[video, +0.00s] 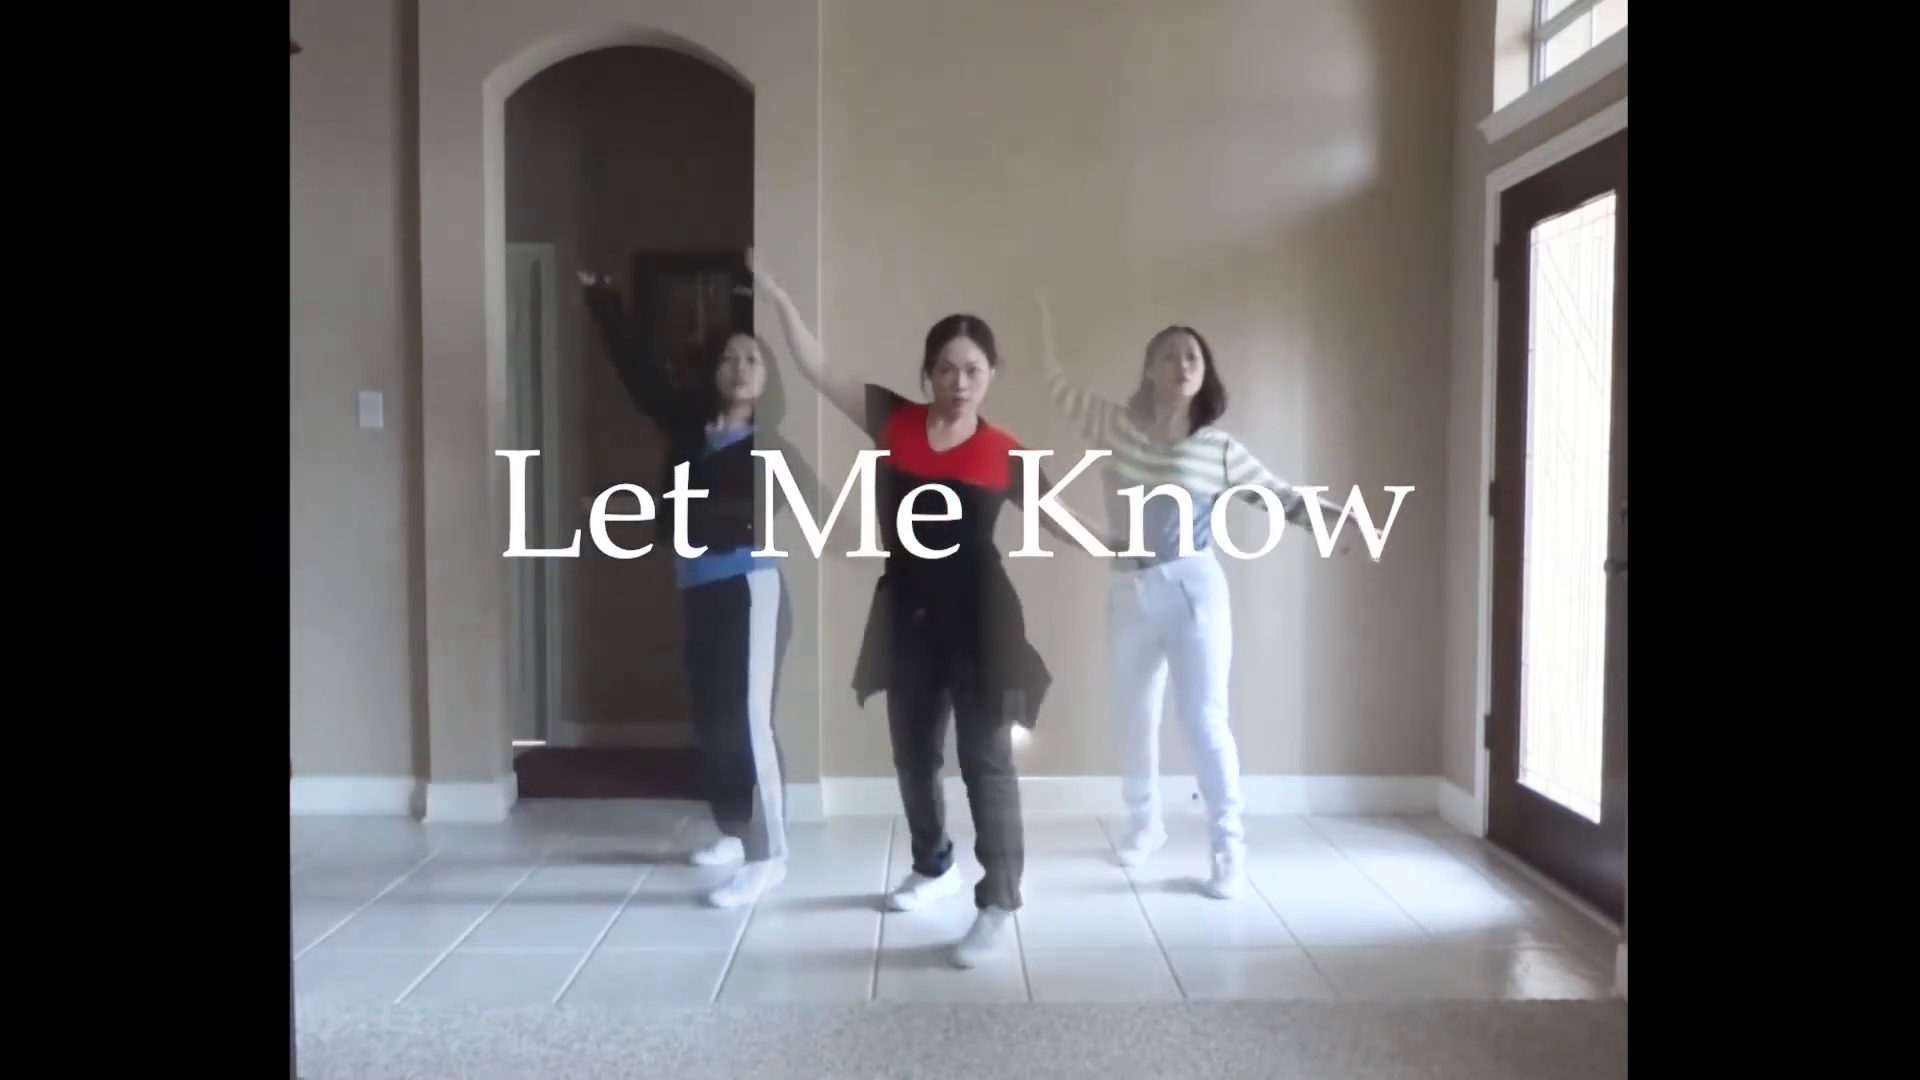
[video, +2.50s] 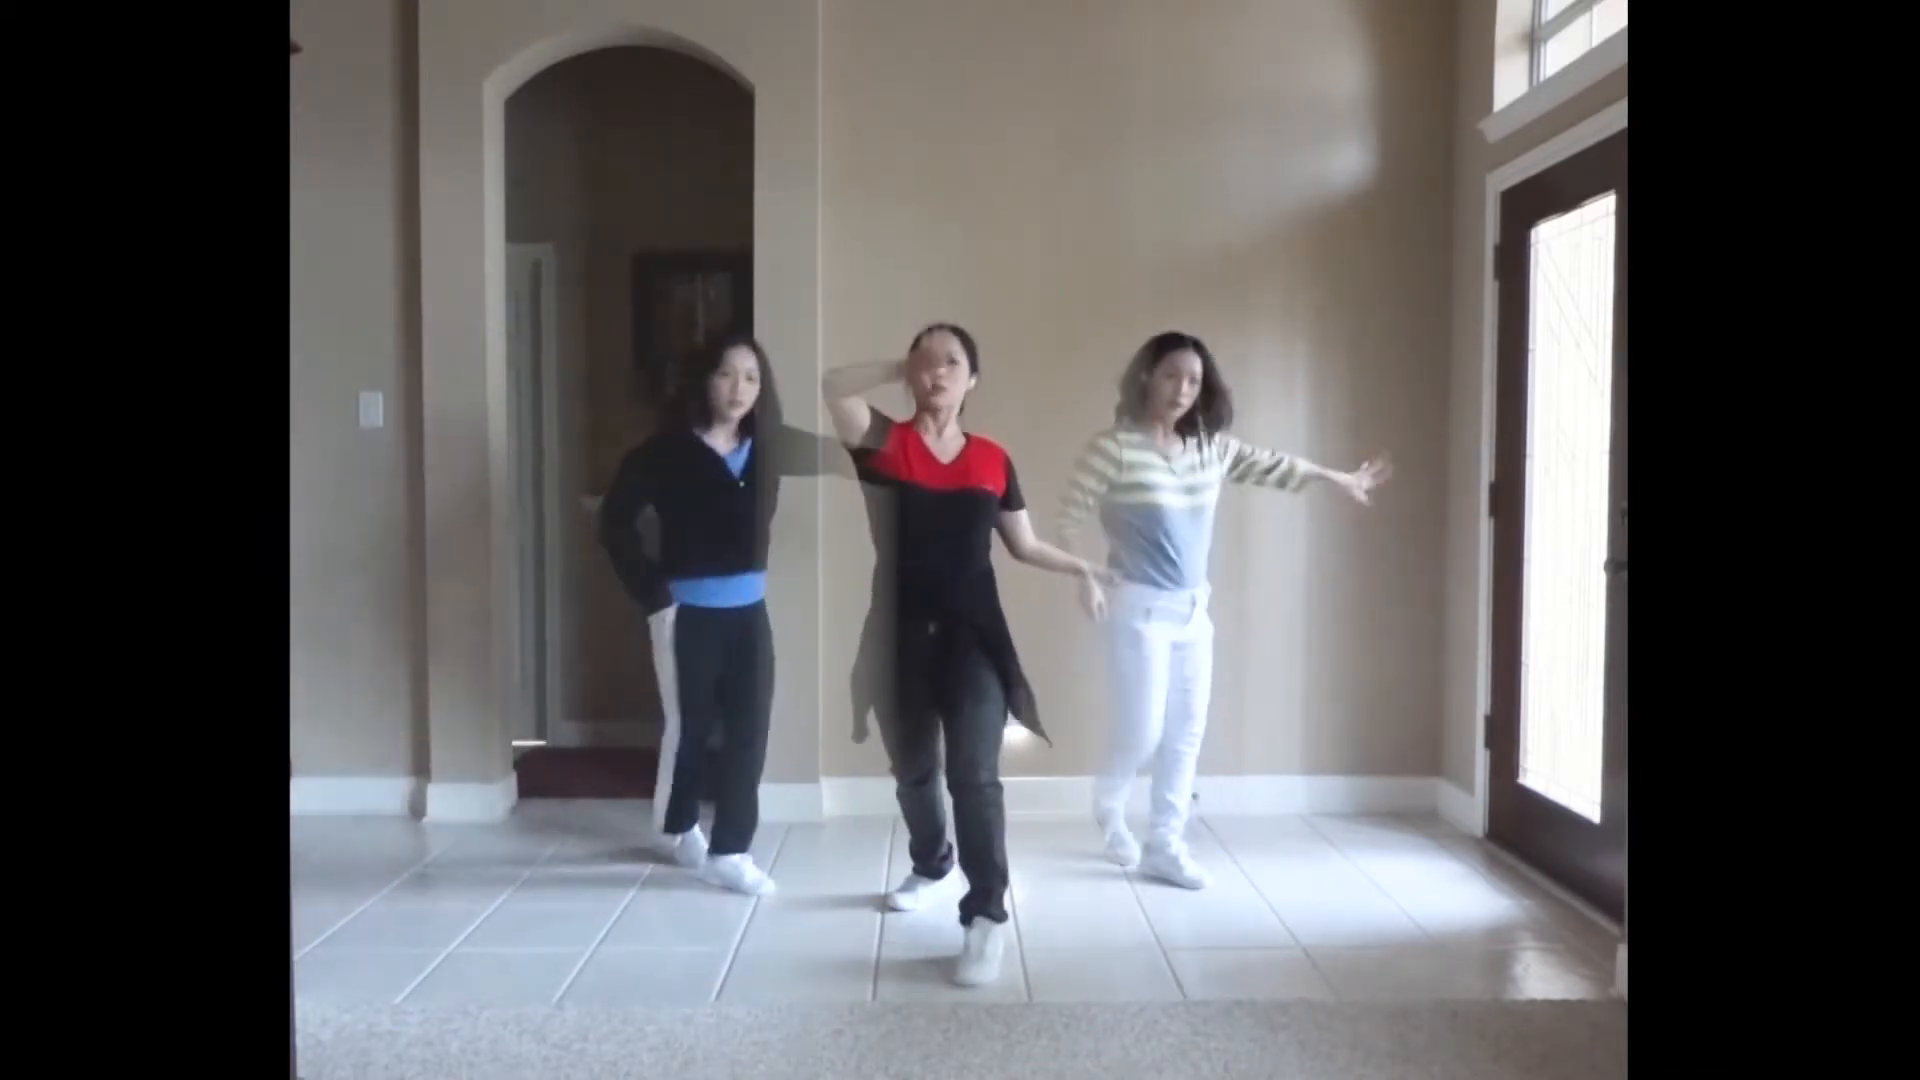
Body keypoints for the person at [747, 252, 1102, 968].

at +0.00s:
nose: (957, 380)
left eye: (970, 369)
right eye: (946, 369)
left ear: (991, 376)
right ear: (927, 373)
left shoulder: (1003, 452)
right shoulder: (894, 421)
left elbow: (1058, 518)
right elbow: (815, 368)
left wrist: (1117, 544)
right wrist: (778, 300)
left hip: (980, 616)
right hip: (907, 614)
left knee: (984, 758)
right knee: (913, 755)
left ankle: (999, 901)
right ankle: (933, 866)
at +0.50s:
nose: (898, 405)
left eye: (905, 395)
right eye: (900, 395)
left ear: (937, 398)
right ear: (924, 399)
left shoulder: (997, 467)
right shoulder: (891, 454)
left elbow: (1052, 538)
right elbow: (823, 419)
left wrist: (1112, 562)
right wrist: (818, 339)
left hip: (962, 632)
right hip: (895, 629)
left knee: (962, 752)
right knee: (891, 763)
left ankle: (973, 893)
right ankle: (931, 868)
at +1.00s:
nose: (903, 408)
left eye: (911, 397)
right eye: (903, 397)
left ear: (944, 396)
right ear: (926, 400)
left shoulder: (1001, 466)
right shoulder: (901, 454)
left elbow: (1060, 537)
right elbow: (827, 429)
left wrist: (1115, 557)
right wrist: (815, 351)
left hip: (966, 632)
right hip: (902, 628)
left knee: (960, 753)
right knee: (893, 763)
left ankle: (977, 894)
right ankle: (931, 868)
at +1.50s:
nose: (900, 404)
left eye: (906, 393)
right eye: (901, 393)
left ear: (938, 395)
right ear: (932, 398)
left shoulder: (1000, 465)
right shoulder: (898, 455)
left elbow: (1046, 539)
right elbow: (825, 432)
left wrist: (1099, 557)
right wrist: (812, 355)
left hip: (965, 631)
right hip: (899, 628)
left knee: (960, 750)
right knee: (893, 761)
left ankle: (980, 892)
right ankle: (932, 866)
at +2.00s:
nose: (901, 416)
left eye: (910, 405)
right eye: (900, 405)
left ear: (948, 407)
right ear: (915, 411)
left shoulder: (1001, 476)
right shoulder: (892, 474)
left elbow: (1038, 559)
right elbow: (816, 480)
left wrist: (1101, 580)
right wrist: (843, 423)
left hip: (958, 642)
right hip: (892, 640)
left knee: (929, 753)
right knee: (884, 780)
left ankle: (961, 893)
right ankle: (929, 870)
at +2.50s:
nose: (933, 375)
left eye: (947, 364)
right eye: (923, 365)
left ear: (972, 378)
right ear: (911, 379)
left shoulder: (989, 460)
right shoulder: (883, 446)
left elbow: (1024, 545)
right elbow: (835, 389)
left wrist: (1083, 566)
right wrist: (900, 369)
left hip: (973, 635)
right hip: (901, 633)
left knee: (973, 775)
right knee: (914, 772)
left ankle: (986, 914)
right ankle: (932, 866)